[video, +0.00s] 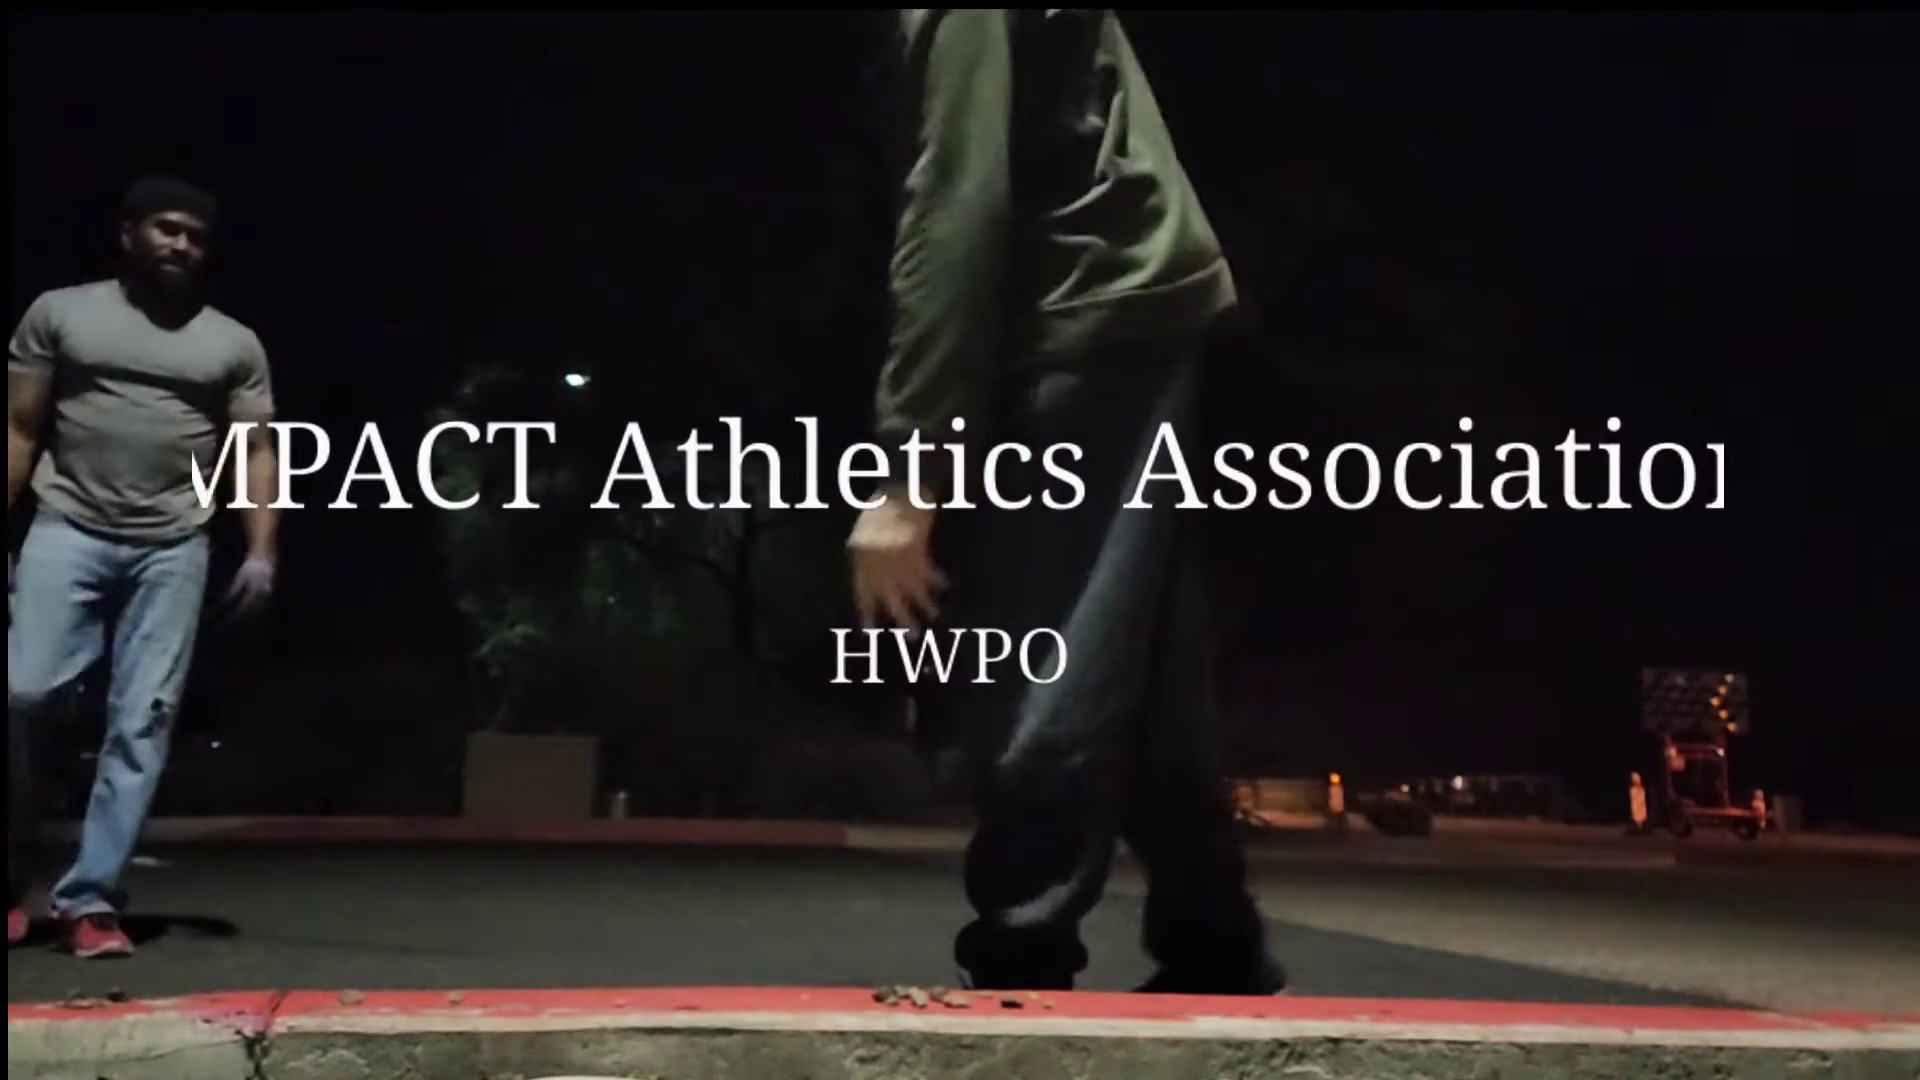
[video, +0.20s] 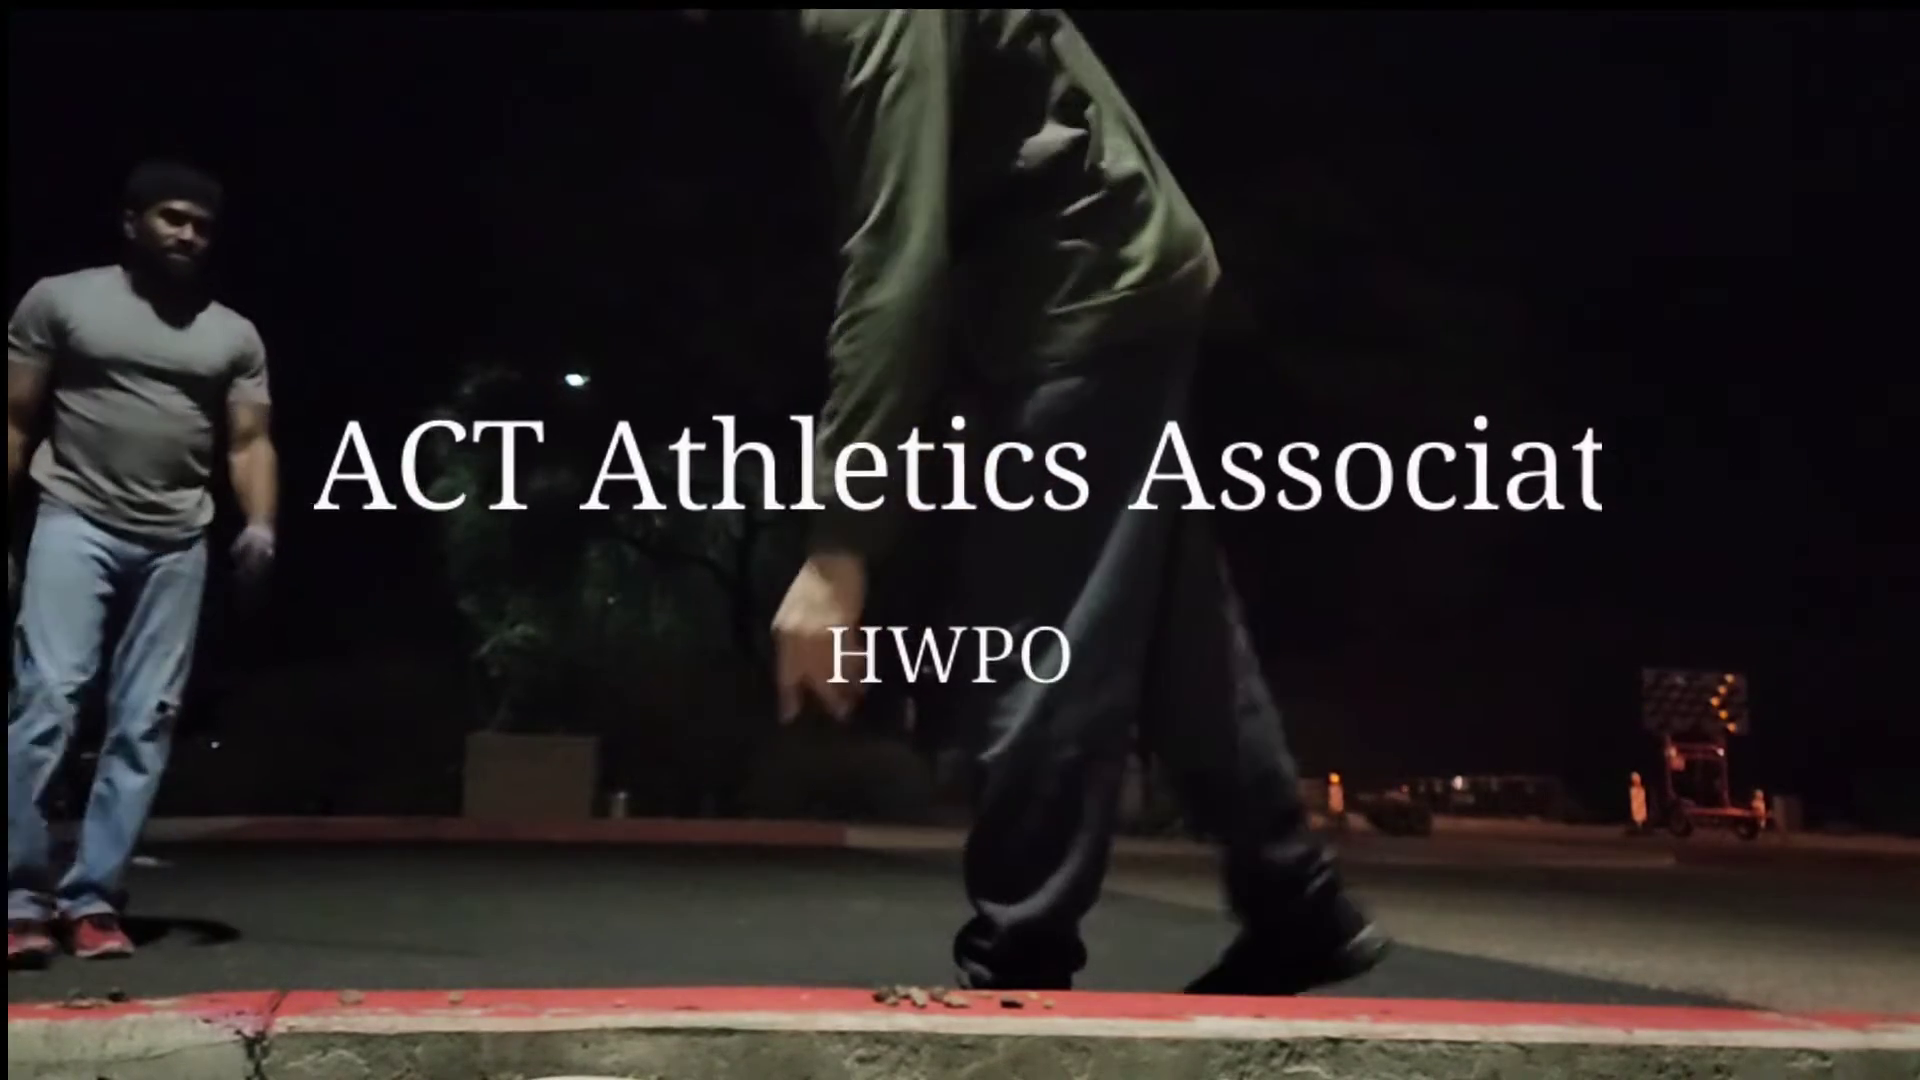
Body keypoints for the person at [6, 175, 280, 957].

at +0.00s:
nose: (181, 247)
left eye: (194, 236)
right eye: (166, 230)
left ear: (208, 250)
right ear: (128, 235)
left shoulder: (235, 348)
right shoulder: (59, 316)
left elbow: (259, 457)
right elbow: (21, 430)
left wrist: (261, 547)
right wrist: (9, 518)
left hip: (174, 545)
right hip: (65, 531)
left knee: (143, 720)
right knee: (29, 691)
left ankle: (91, 898)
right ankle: (23, 881)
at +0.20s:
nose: (186, 236)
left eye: (200, 225)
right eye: (172, 219)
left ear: (213, 238)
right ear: (132, 222)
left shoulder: (234, 338)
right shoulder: (60, 303)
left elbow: (250, 441)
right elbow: (16, 423)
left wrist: (259, 520)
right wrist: (11, 520)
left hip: (178, 542)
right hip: (73, 523)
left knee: (146, 718)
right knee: (53, 695)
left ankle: (92, 900)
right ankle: (23, 896)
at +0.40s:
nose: (182, 227)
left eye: (195, 215)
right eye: (167, 209)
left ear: (208, 228)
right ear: (126, 212)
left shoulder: (226, 328)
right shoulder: (55, 293)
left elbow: (239, 438)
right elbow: (17, 415)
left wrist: (247, 530)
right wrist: (12, 527)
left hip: (179, 535)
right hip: (75, 517)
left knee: (155, 705)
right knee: (57, 693)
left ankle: (93, 898)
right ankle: (38, 907)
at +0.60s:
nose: (175, 214)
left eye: (187, 201)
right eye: (158, 197)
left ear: (201, 212)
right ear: (118, 201)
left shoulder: (221, 313)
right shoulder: (55, 283)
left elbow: (234, 431)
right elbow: (20, 405)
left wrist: (248, 541)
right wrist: (25, 513)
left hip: (184, 530)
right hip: (76, 519)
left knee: (206, 689)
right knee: (50, 702)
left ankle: (125, 882)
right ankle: (38, 909)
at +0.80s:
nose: (183, 207)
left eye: (196, 194)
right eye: (165, 190)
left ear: (211, 206)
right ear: (127, 195)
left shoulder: (231, 307)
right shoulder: (66, 279)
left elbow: (246, 426)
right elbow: (27, 399)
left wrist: (266, 533)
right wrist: (39, 508)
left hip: (200, 529)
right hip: (90, 518)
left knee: (230, 699)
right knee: (58, 708)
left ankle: (213, 900)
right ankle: (38, 911)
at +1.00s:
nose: (226, 210)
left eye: (236, 196)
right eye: (208, 193)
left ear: (248, 207)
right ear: (166, 199)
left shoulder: (269, 313)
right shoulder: (105, 283)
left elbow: (280, 428)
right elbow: (60, 403)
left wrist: (300, 529)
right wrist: (66, 519)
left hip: (237, 532)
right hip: (132, 519)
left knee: (255, 710)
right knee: (81, 696)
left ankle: (262, 905)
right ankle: (39, 907)